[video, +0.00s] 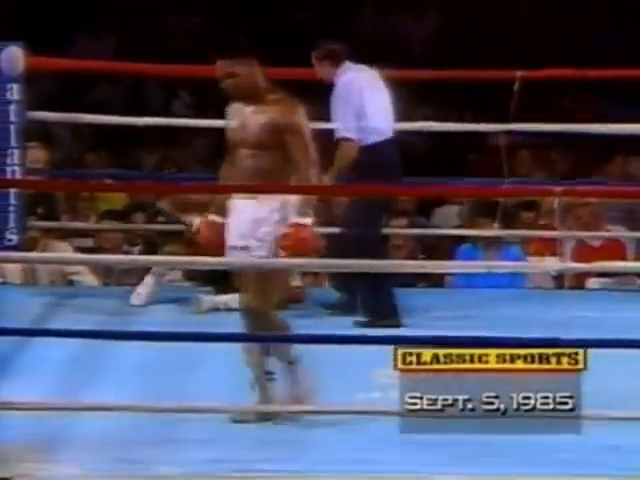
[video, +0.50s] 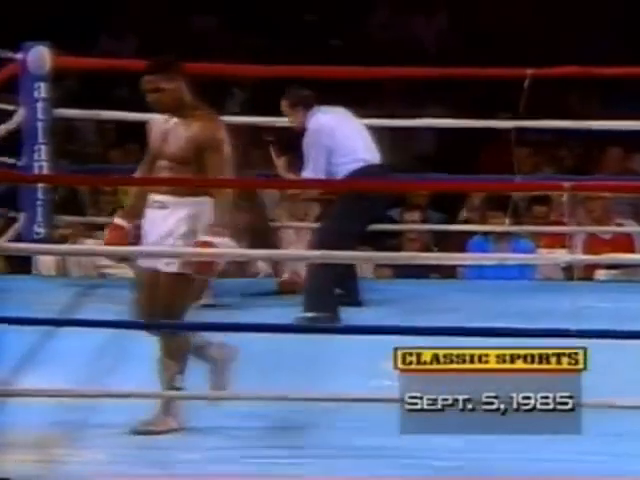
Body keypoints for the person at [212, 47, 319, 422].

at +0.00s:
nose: (228, 87)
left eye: (232, 78)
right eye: (223, 80)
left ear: (254, 73)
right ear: (226, 84)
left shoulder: (287, 111)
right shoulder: (234, 112)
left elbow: (306, 167)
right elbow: (233, 163)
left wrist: (303, 218)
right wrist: (217, 212)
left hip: (276, 209)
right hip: (241, 210)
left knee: (261, 305)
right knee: (250, 306)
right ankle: (264, 395)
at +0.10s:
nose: (214, 86)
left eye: (219, 78)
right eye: (211, 80)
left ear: (241, 74)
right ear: (213, 83)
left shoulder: (272, 113)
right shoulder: (219, 113)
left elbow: (299, 163)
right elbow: (214, 161)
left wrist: (302, 215)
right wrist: (195, 206)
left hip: (262, 209)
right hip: (227, 209)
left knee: (235, 299)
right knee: (249, 300)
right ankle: (266, 388)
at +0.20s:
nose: (192, 96)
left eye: (198, 88)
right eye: (188, 89)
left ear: (219, 84)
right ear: (188, 90)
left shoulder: (253, 126)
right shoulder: (198, 126)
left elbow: (281, 178)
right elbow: (186, 172)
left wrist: (285, 228)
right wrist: (161, 217)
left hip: (240, 220)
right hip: (203, 219)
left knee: (210, 311)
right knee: (239, 310)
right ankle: (267, 393)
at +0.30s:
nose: (179, 102)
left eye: (184, 93)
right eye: (175, 95)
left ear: (204, 89)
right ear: (175, 97)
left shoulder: (238, 131)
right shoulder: (184, 128)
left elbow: (266, 182)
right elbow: (173, 173)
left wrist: (267, 233)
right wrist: (148, 216)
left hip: (224, 222)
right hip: (188, 220)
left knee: (187, 310)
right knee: (226, 309)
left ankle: (162, 408)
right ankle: (265, 388)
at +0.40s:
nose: (162, 102)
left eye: (167, 94)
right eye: (157, 96)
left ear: (187, 89)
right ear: (156, 97)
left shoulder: (218, 131)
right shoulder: (164, 125)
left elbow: (241, 186)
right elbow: (155, 173)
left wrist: (235, 237)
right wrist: (132, 222)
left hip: (198, 221)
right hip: (165, 219)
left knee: (170, 315)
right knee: (175, 316)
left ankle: (164, 412)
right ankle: (242, 361)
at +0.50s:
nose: (155, 99)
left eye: (160, 91)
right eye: (150, 93)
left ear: (180, 86)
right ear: (149, 95)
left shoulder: (209, 128)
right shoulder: (158, 125)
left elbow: (222, 187)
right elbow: (145, 173)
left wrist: (213, 236)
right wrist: (125, 219)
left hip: (188, 220)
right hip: (155, 219)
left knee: (167, 318)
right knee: (150, 314)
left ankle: (169, 409)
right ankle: (214, 353)